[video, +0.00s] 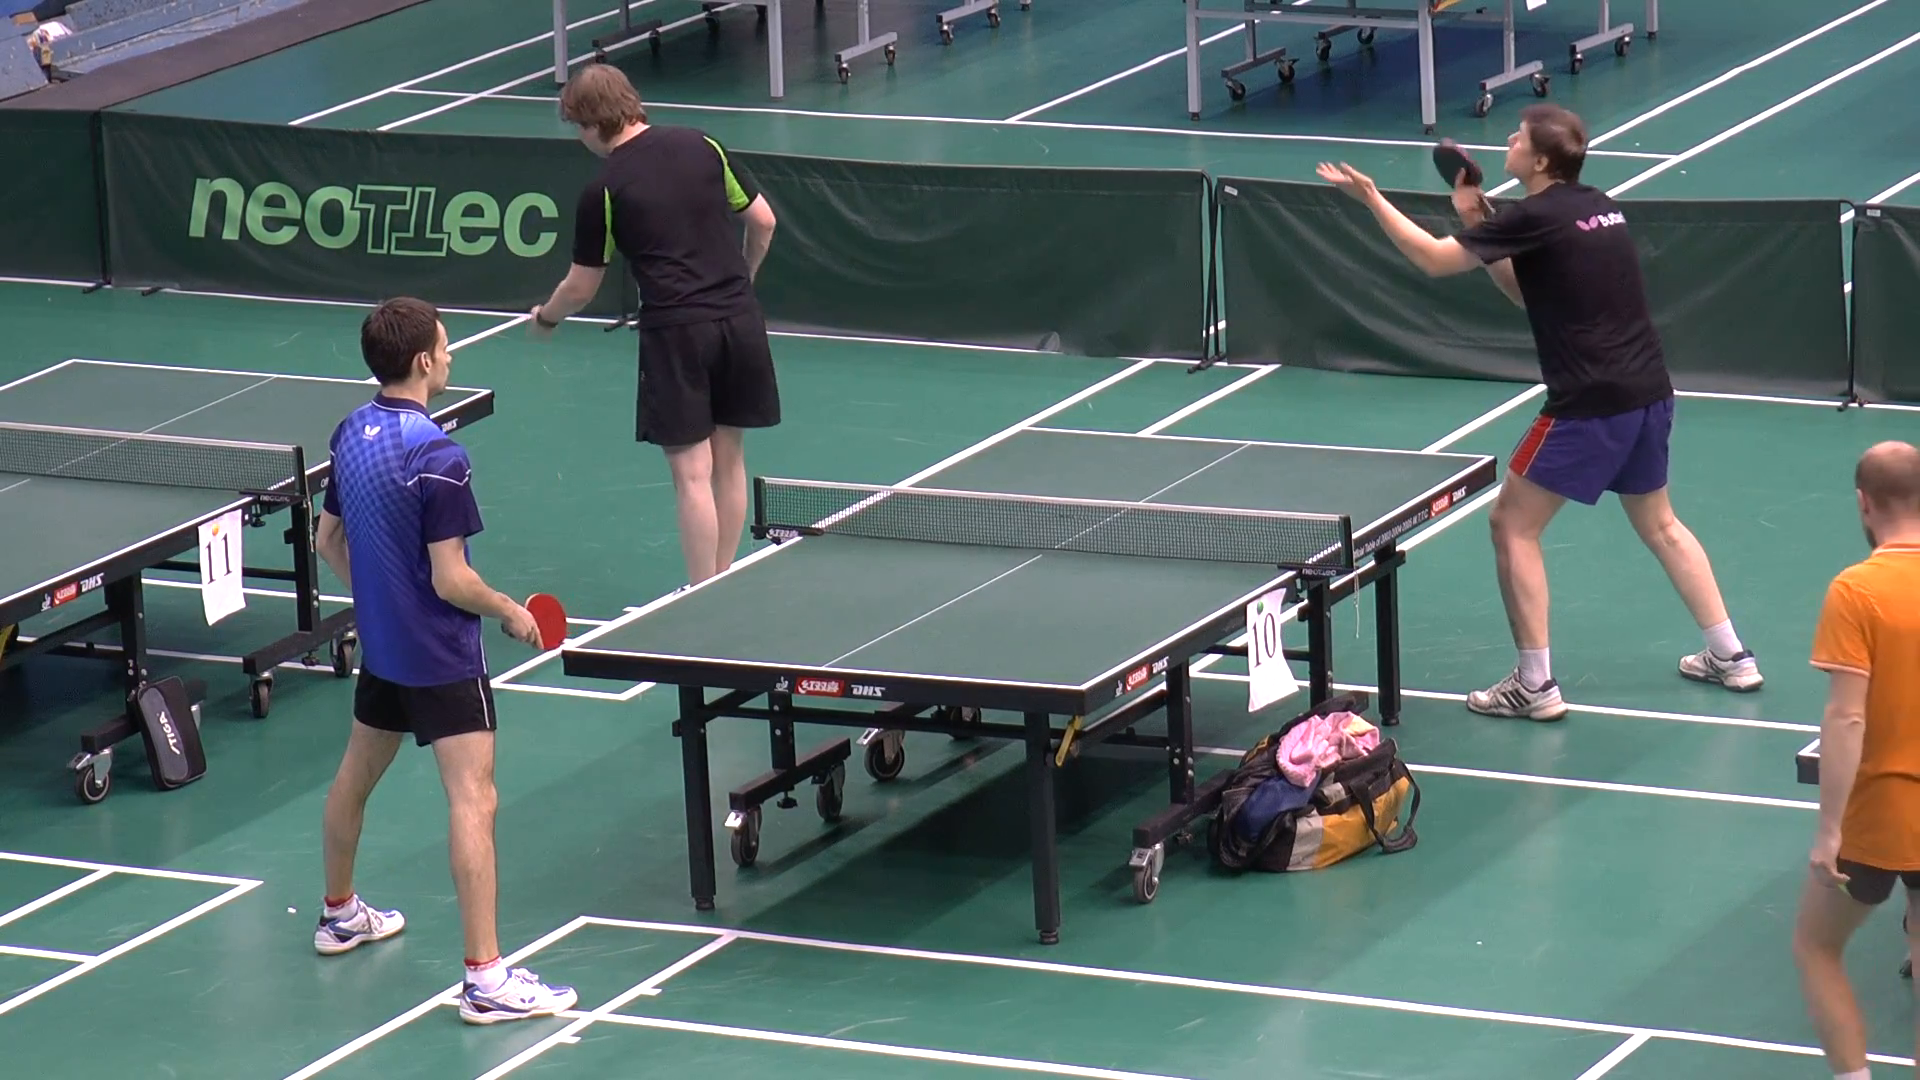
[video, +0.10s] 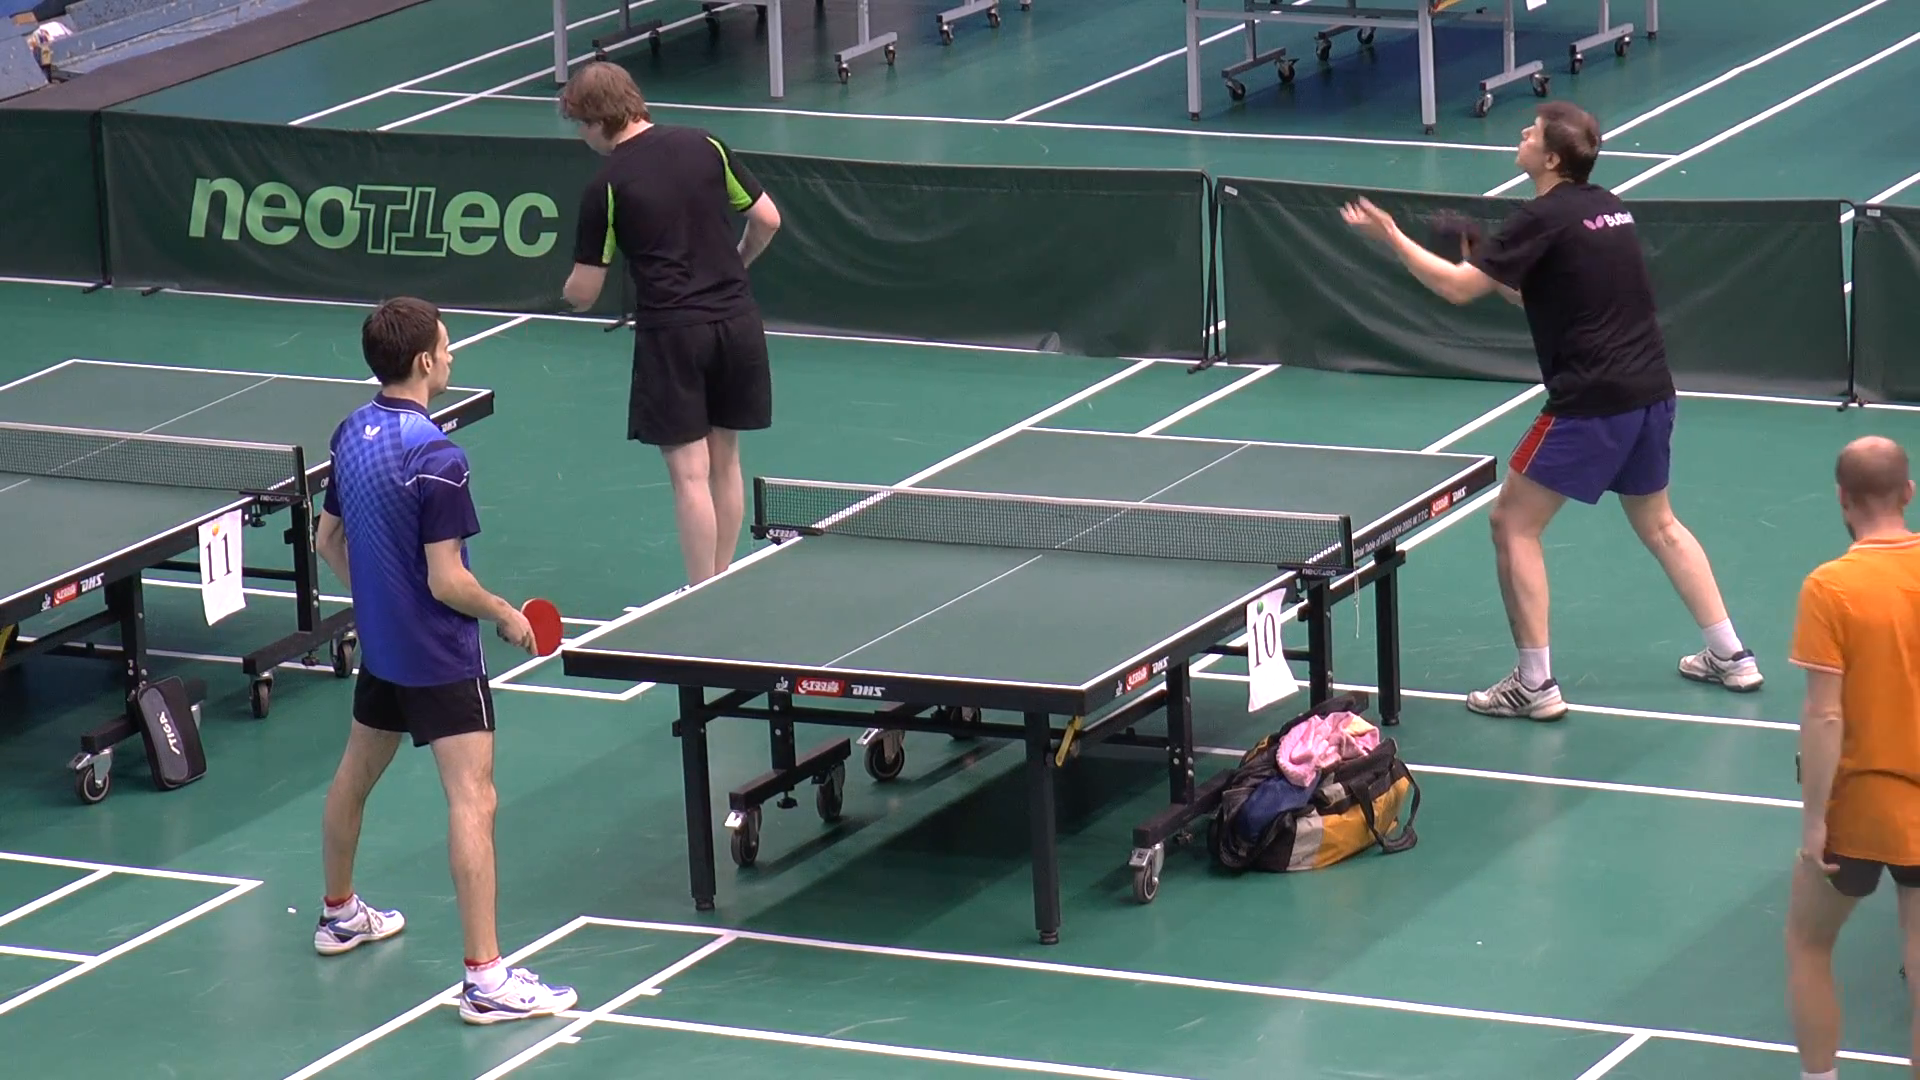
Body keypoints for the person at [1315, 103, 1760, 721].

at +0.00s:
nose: (1509, 143)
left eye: (1518, 137)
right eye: (1515, 135)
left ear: (1538, 156)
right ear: (1565, 160)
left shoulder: (1532, 214)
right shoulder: (1598, 205)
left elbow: (1435, 258)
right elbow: (1529, 292)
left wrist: (1371, 198)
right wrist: (1478, 222)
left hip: (1587, 405)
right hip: (1649, 395)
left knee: (1513, 525)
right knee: (1662, 525)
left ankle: (1534, 683)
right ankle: (1731, 655)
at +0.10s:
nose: (1522, 137)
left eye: (1531, 132)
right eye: (1528, 129)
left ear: (1550, 154)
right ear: (1574, 158)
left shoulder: (1542, 218)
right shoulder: (1608, 205)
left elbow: (1458, 286)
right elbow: (1550, 292)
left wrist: (1391, 236)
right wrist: (1485, 257)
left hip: (1591, 404)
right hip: (1652, 395)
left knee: (1514, 523)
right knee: (1660, 524)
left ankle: (1534, 682)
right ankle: (1730, 655)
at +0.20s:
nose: (1532, 133)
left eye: (1541, 129)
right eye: (1538, 125)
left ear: (1558, 152)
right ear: (1587, 156)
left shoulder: (1548, 218)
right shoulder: (1621, 207)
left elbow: (1494, 305)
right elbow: (1624, 307)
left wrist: (1420, 288)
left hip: (1591, 403)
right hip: (1654, 394)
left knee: (1516, 523)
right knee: (1661, 523)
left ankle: (1534, 681)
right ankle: (1730, 654)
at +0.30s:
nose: (1539, 130)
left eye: (1547, 126)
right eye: (1545, 122)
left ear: (1564, 148)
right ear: (1595, 153)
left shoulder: (1552, 214)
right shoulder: (1634, 205)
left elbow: (1525, 305)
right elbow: (1687, 298)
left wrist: (1452, 339)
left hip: (1594, 399)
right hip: (1658, 394)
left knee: (1522, 521)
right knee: (1663, 520)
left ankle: (1534, 682)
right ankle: (1727, 651)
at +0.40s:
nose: (1545, 129)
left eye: (1552, 124)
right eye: (1551, 121)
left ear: (1569, 144)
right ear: (1603, 150)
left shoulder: (1554, 210)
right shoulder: (1647, 202)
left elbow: (1548, 297)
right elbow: (1722, 277)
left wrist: (1496, 373)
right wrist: (1741, 335)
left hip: (1598, 397)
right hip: (1666, 392)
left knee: (1529, 520)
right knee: (1670, 519)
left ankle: (1534, 680)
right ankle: (1728, 645)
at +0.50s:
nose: (1550, 125)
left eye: (1558, 119)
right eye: (1555, 116)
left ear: (1573, 141)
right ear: (1609, 144)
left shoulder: (1556, 209)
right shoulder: (1657, 196)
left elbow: (1560, 293)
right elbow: (1735, 244)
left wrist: (1527, 381)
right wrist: (1776, 261)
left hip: (1605, 395)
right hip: (1673, 388)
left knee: (1539, 521)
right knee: (1675, 516)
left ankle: (1535, 678)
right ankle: (1731, 644)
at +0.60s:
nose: (1547, 125)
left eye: (1555, 119)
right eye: (1553, 116)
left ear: (1570, 140)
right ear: (1606, 143)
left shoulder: (1558, 207)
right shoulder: (1658, 188)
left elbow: (1567, 290)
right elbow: (1742, 216)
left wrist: (1542, 381)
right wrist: (1757, 195)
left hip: (1615, 392)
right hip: (1683, 384)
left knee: (1544, 516)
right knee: (1685, 514)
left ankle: (1540, 673)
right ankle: (1722, 644)